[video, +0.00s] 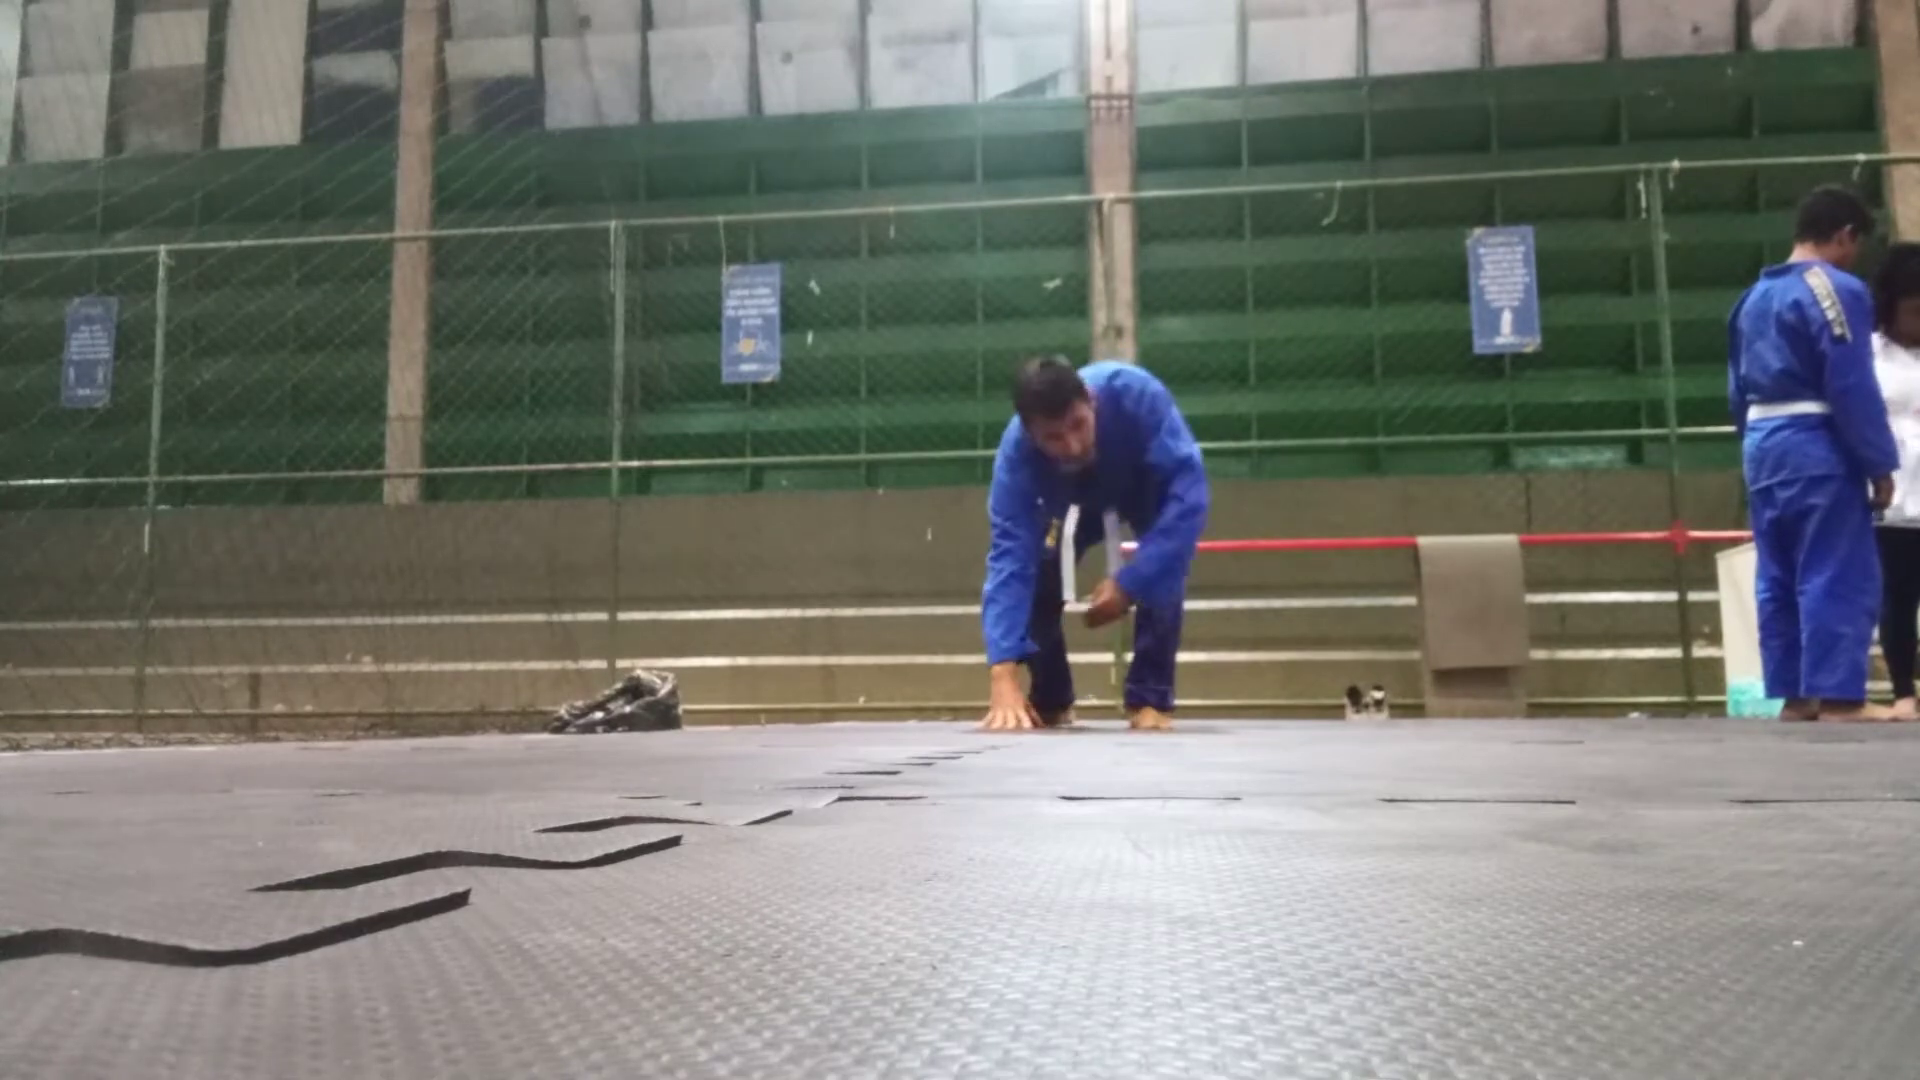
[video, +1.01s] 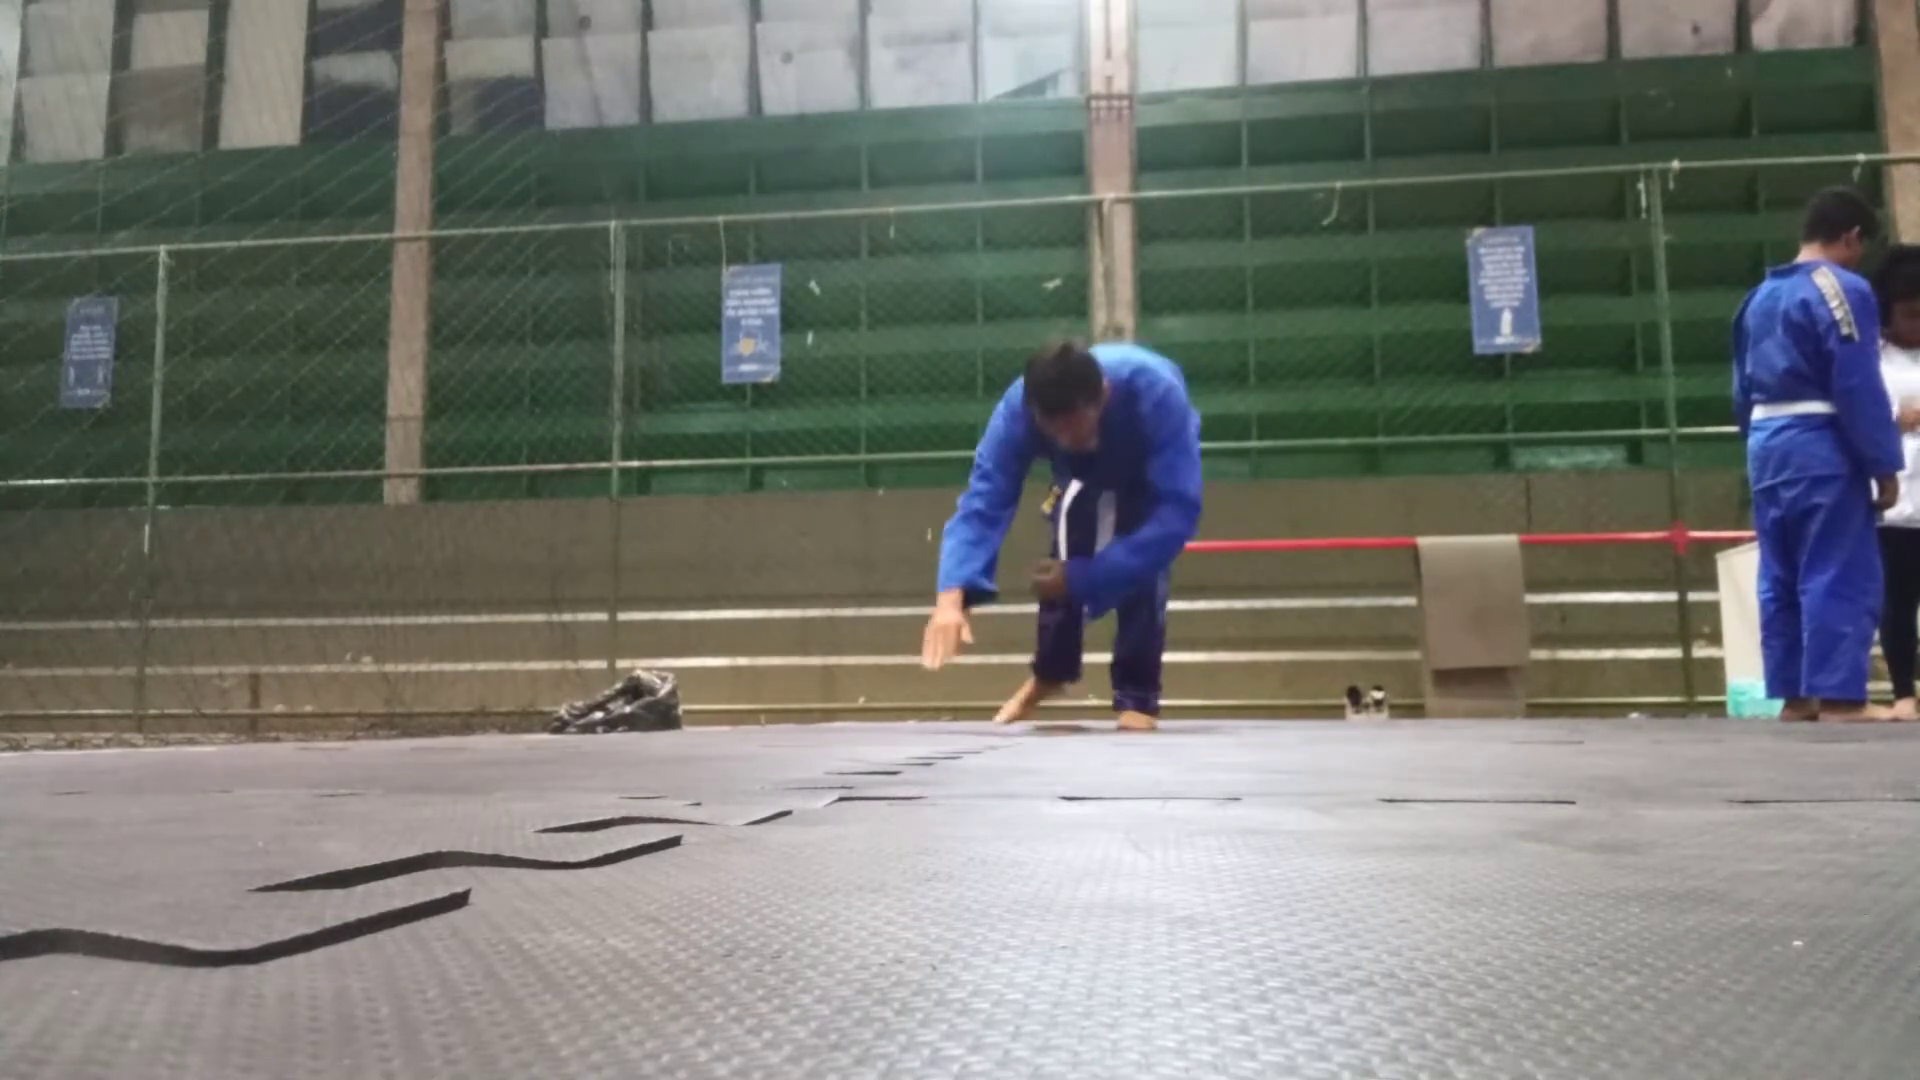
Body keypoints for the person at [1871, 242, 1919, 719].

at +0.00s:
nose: (1915, 318)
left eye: (1917, 308)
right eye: (1909, 307)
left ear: (1916, 309)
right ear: (1889, 306)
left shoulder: (1885, 355)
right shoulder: (1872, 352)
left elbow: (1864, 415)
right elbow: (1859, 414)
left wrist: (1874, 465)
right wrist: (1872, 467)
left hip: (1911, 497)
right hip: (1894, 496)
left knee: (1906, 603)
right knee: (1898, 603)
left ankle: (1908, 690)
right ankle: (1904, 691)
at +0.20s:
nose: (1914, 321)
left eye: (1917, 311)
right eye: (1908, 311)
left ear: (1918, 311)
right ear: (1886, 309)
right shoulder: (1871, 354)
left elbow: (1871, 420)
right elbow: (1863, 419)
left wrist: (1877, 464)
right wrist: (1875, 467)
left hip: (1911, 499)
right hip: (1894, 500)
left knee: (1906, 605)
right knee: (1898, 605)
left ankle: (1908, 690)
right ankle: (1904, 691)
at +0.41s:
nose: (1914, 322)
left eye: (1917, 312)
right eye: (1907, 312)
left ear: (1918, 311)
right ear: (1885, 310)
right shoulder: (1868, 355)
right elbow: (1855, 416)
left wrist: (1900, 413)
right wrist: (1897, 413)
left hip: (1912, 499)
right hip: (1893, 499)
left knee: (1905, 605)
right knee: (1898, 605)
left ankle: (1908, 690)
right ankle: (1904, 691)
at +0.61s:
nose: (1914, 322)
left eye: (1917, 312)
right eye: (1907, 312)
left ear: (1919, 311)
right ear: (1885, 311)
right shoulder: (1869, 357)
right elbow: (1858, 423)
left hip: (1911, 503)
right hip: (1892, 503)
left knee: (1905, 606)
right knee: (1898, 606)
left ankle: (1908, 690)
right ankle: (1904, 691)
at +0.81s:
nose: (1914, 324)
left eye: (1918, 314)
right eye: (1907, 314)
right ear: (1886, 313)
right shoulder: (1870, 357)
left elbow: (1867, 416)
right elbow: (1856, 417)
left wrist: (1900, 413)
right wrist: (1898, 412)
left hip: (1912, 502)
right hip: (1894, 501)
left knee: (1906, 606)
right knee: (1898, 606)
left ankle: (1908, 690)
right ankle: (1904, 691)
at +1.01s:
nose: (1915, 323)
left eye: (1918, 313)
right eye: (1908, 313)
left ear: (1919, 313)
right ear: (1888, 313)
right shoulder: (1872, 359)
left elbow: (1866, 416)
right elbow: (1856, 418)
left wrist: (1901, 417)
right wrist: (1898, 418)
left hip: (1913, 502)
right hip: (1895, 501)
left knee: (1906, 606)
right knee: (1898, 606)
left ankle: (1908, 691)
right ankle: (1904, 691)